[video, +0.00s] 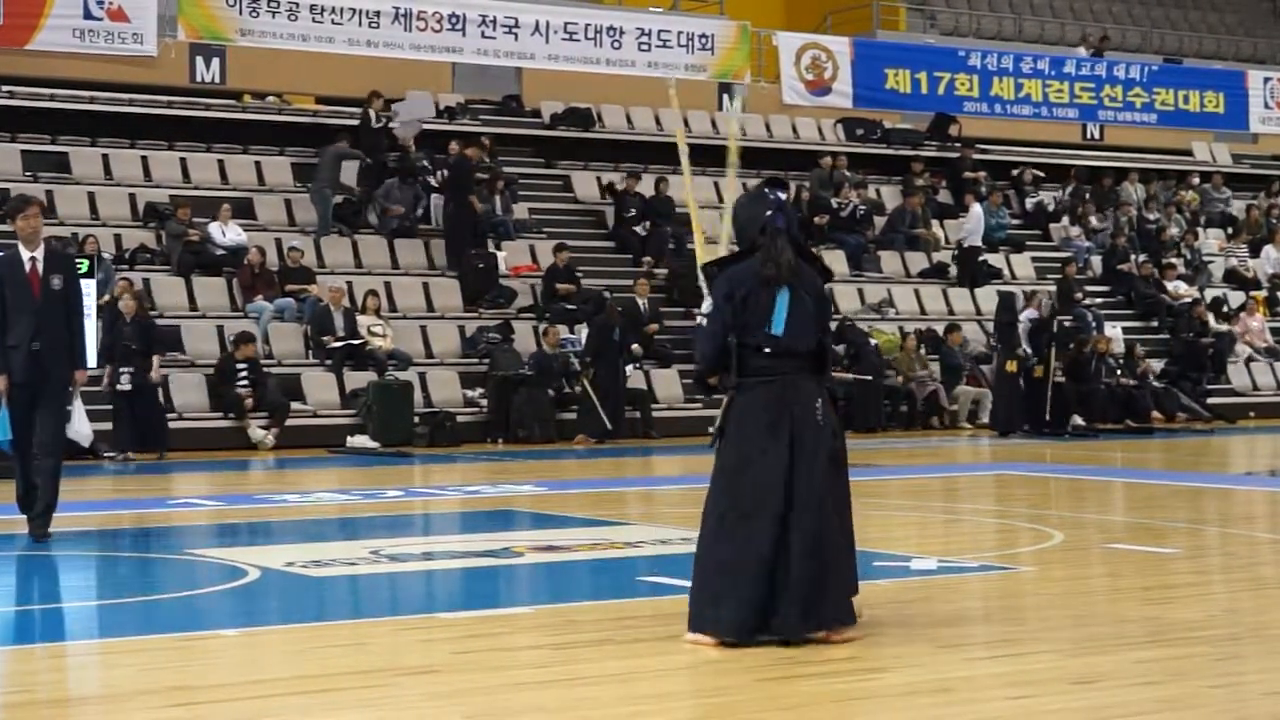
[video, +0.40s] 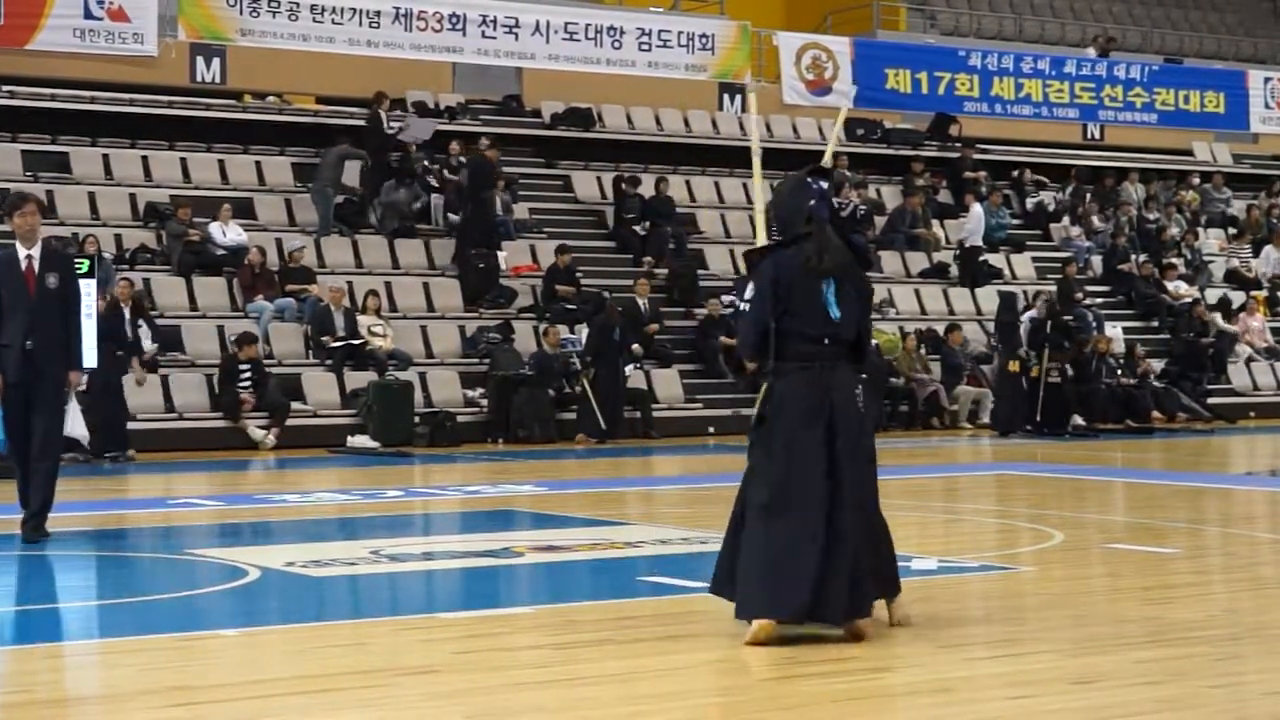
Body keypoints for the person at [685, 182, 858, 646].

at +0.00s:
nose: (736, 236)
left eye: (738, 228)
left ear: (745, 231)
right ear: (787, 226)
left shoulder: (734, 279)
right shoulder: (812, 280)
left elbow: (709, 352)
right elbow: (821, 353)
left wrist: (723, 370)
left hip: (754, 407)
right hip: (809, 407)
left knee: (736, 510)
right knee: (816, 509)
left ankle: (716, 622)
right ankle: (825, 617)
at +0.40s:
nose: (772, 220)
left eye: (776, 212)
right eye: (775, 212)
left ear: (785, 217)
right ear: (825, 212)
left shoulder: (773, 267)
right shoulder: (850, 265)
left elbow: (751, 338)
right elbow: (860, 338)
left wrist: (752, 360)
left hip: (791, 393)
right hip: (842, 390)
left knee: (774, 496)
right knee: (846, 493)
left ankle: (765, 607)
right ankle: (853, 604)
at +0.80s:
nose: (827, 242)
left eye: (831, 233)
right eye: (827, 232)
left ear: (845, 234)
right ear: (878, 228)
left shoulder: (850, 282)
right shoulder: (901, 274)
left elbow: (824, 355)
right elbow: (915, 343)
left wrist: (800, 323)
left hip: (866, 409)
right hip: (915, 405)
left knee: (827, 507)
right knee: (916, 511)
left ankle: (799, 613)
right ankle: (938, 614)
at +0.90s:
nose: (840, 242)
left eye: (846, 232)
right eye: (840, 231)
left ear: (864, 235)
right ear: (894, 231)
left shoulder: (868, 283)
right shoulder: (914, 274)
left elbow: (848, 356)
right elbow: (921, 342)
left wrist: (836, 379)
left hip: (887, 408)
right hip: (929, 404)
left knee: (845, 505)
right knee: (917, 511)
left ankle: (826, 615)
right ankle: (914, 612)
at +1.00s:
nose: (848, 237)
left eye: (855, 228)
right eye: (848, 227)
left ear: (875, 232)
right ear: (904, 229)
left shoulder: (876, 282)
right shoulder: (927, 276)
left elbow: (857, 354)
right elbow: (939, 345)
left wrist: (841, 377)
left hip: (894, 409)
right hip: (940, 407)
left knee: (856, 506)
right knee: (944, 513)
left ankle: (843, 617)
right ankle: (950, 618)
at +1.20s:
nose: (856, 233)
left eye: (860, 224)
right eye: (856, 223)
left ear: (874, 228)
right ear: (911, 224)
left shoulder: (871, 279)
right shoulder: (936, 274)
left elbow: (848, 349)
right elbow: (952, 349)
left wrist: (838, 373)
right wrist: (935, 385)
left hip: (885, 407)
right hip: (937, 405)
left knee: (855, 505)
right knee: (949, 507)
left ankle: (841, 608)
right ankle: (956, 616)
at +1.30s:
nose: (855, 231)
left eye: (860, 224)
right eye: (855, 223)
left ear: (875, 228)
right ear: (908, 226)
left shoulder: (861, 277)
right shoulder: (936, 280)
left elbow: (831, 342)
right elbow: (945, 357)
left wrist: (800, 345)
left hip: (872, 408)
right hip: (926, 408)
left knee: (851, 505)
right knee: (939, 506)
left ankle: (837, 607)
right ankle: (950, 613)